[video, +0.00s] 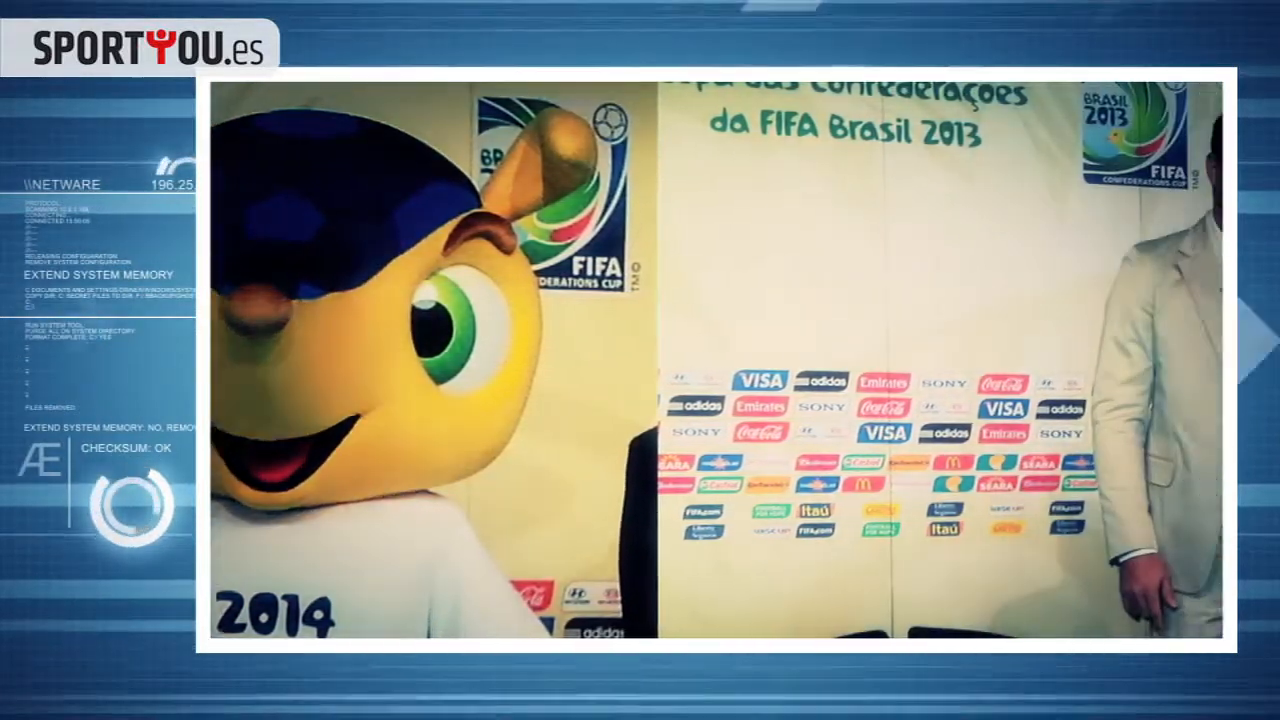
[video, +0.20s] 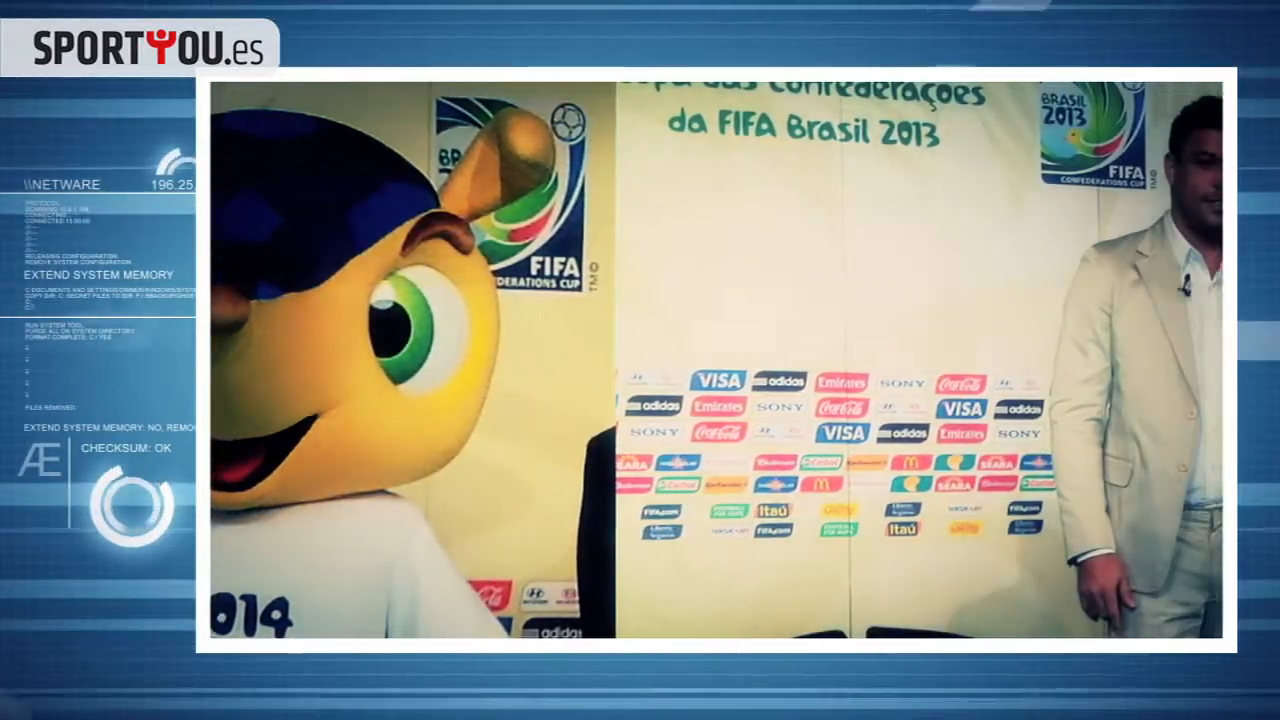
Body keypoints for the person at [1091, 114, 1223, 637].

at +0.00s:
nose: (1244, 174)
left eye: (1256, 160)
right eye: (1234, 159)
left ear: (1273, 168)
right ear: (1210, 168)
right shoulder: (1154, 270)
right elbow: (1117, 414)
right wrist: (1136, 549)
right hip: (1198, 578)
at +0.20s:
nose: (1223, 180)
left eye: (1237, 162)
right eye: (1206, 161)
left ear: (1254, 173)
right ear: (1171, 171)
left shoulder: (1264, 266)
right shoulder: (1112, 269)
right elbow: (1074, 414)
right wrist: (1092, 548)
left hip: (1260, 545)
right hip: (1159, 543)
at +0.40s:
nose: (1183, 180)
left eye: (1198, 166)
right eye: (1165, 162)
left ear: (1212, 178)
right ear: (1129, 170)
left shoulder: (1237, 276)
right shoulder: (1066, 270)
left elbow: (1258, 412)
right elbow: (1034, 414)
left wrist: (1256, 545)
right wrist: (1050, 548)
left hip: (1217, 544)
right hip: (1110, 544)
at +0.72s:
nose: (1115, 180)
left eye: (1131, 166)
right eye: (1097, 162)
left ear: (1144, 178)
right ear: (1062, 170)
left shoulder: (1178, 282)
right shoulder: (1000, 270)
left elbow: (1203, 420)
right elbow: (966, 414)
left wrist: (1205, 541)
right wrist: (983, 549)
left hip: (1149, 542)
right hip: (1043, 543)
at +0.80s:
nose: (1098, 180)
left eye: (1114, 166)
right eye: (1080, 162)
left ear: (1128, 178)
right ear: (1045, 170)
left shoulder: (1160, 282)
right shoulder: (982, 270)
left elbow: (1184, 422)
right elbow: (949, 414)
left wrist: (1187, 543)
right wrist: (966, 549)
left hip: (1132, 542)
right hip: (1026, 544)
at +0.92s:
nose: (1073, 180)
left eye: (1089, 166)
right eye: (1055, 162)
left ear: (1102, 178)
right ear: (1020, 170)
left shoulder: (1135, 282)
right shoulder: (958, 270)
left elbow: (1158, 422)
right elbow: (924, 414)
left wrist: (1162, 542)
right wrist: (941, 549)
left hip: (1107, 543)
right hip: (1001, 546)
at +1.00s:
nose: (1056, 180)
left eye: (1072, 166)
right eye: (1038, 162)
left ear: (1086, 178)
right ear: (1003, 169)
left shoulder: (1118, 282)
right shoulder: (941, 270)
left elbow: (1142, 422)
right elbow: (907, 414)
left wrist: (1145, 542)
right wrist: (924, 549)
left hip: (1091, 543)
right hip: (984, 546)